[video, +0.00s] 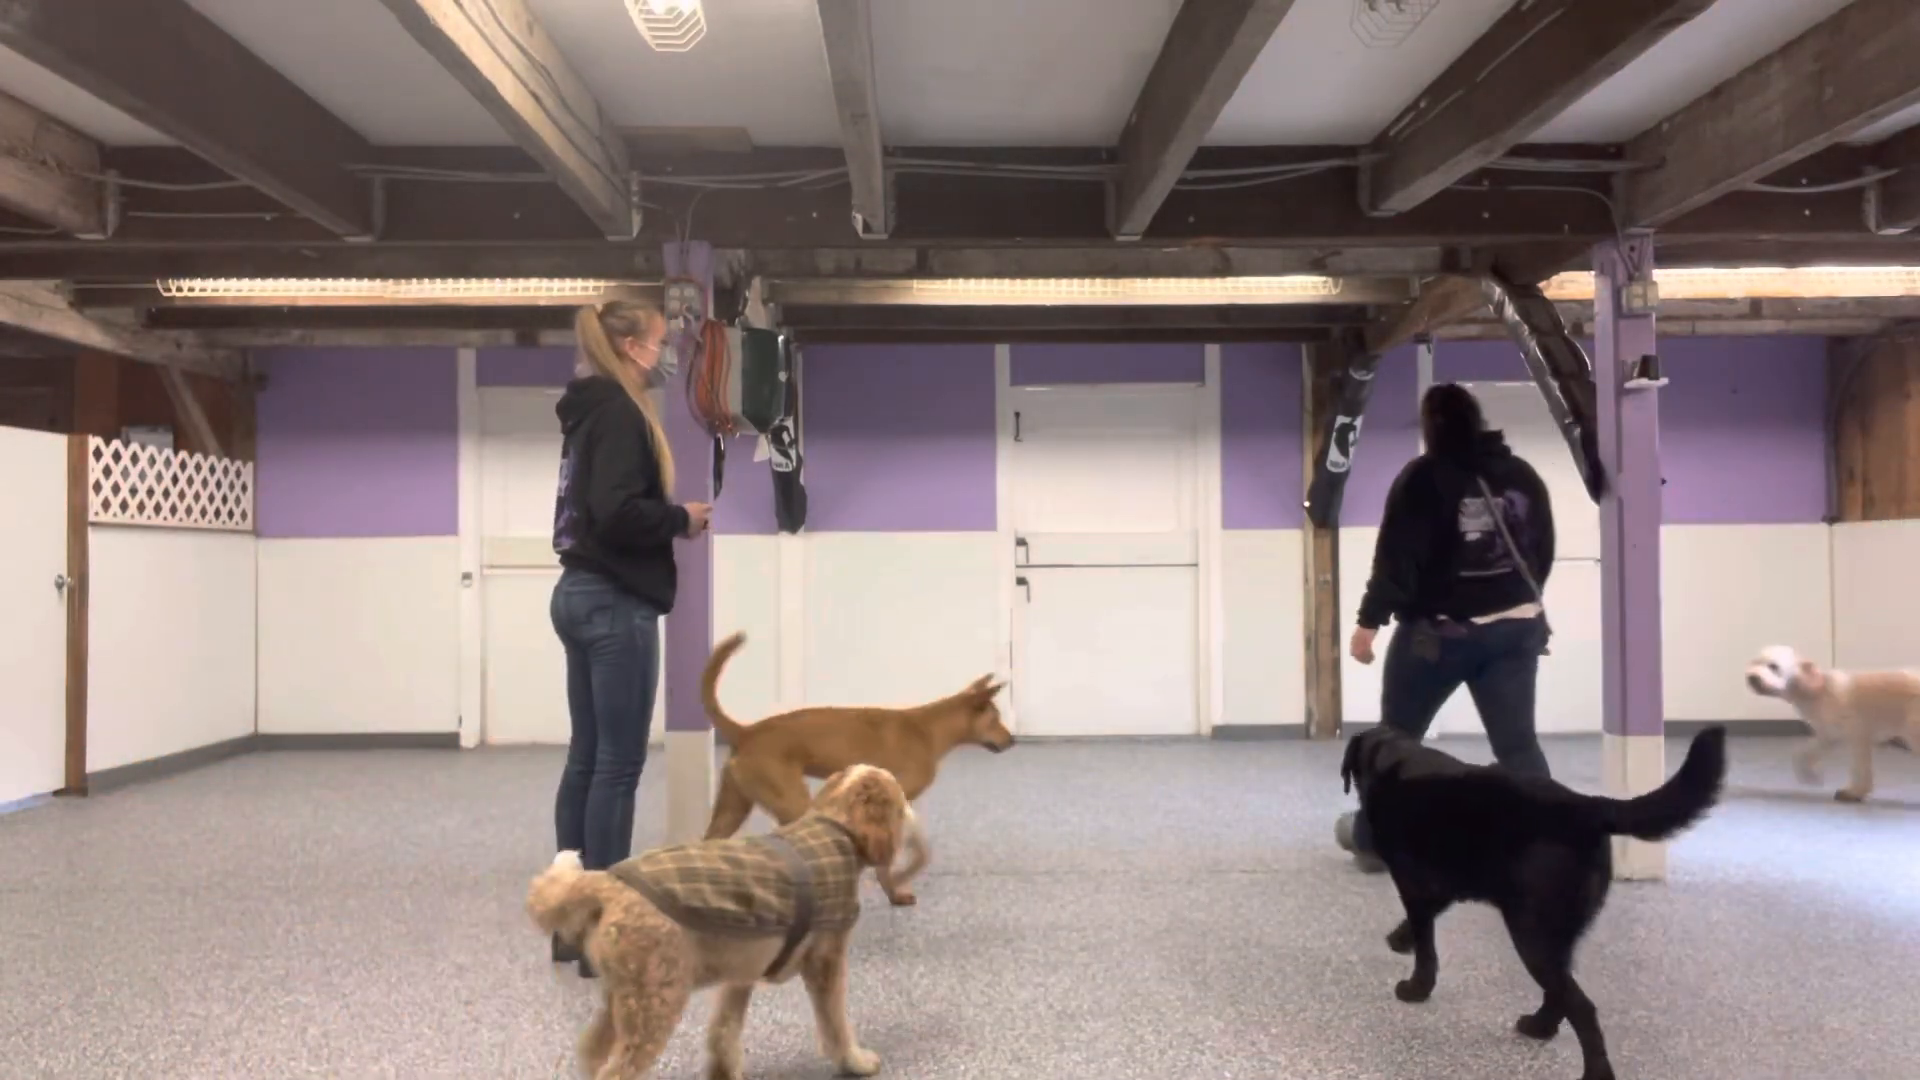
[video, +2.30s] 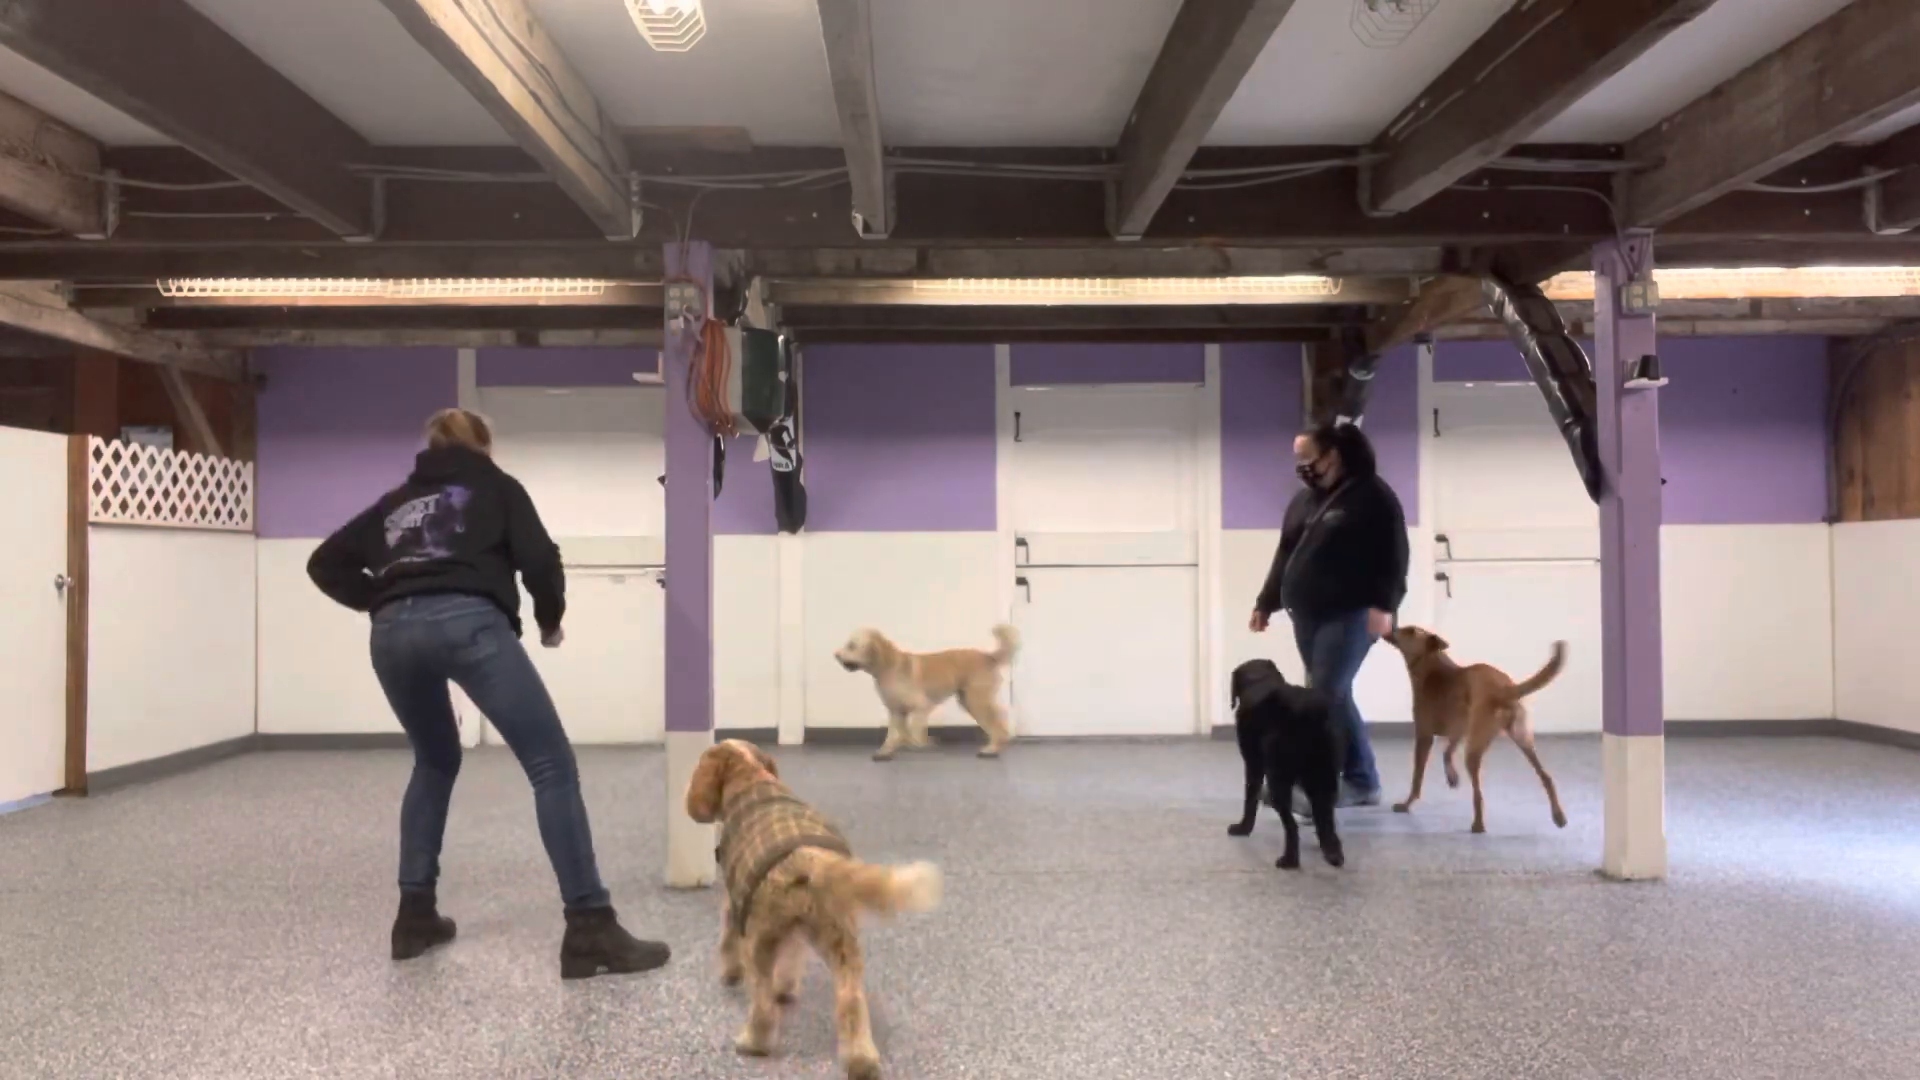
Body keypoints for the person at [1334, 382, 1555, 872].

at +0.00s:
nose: (1423, 431)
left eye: (1425, 423)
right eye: (1428, 421)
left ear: (1430, 427)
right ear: (1476, 420)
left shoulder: (1421, 479)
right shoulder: (1521, 474)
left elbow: (1396, 559)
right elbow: (1541, 552)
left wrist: (1368, 622)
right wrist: (1518, 600)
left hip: (1435, 636)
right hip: (1511, 632)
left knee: (1398, 740)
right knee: (1518, 747)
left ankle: (1376, 836)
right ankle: (1554, 842)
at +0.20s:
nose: (1366, 441)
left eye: (1368, 433)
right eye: (1367, 433)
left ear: (1375, 437)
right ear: (1420, 428)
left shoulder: (1370, 488)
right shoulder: (1466, 479)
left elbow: (1352, 565)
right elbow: (1488, 551)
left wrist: (1333, 622)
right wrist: (1487, 613)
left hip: (1386, 633)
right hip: (1460, 631)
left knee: (1361, 739)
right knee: (1466, 738)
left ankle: (1358, 839)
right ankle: (1519, 820)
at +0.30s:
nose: (1340, 434)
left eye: (1342, 426)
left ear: (1344, 431)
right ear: (1390, 423)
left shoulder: (1338, 483)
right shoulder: (1439, 471)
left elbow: (1314, 554)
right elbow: (1466, 539)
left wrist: (1298, 616)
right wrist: (1467, 602)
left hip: (1363, 623)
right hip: (1434, 621)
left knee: (1356, 736)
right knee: (1423, 724)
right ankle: (1476, 781)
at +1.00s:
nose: (1311, 443)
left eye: (1315, 434)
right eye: (1312, 434)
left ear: (1329, 436)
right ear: (1365, 434)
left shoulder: (1319, 483)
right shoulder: (1394, 483)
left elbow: (1300, 555)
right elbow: (1407, 547)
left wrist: (1278, 611)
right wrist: (1398, 599)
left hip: (1330, 611)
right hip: (1387, 608)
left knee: (1307, 713)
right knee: (1362, 711)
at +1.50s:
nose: (1279, 456)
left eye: (1284, 447)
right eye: (1279, 447)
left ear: (1303, 446)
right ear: (1328, 445)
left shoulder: (1307, 492)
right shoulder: (1351, 489)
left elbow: (1298, 561)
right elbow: (1343, 556)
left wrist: (1271, 612)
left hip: (1311, 610)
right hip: (1352, 607)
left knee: (1288, 708)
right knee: (1332, 702)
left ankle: (1293, 799)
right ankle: (1341, 798)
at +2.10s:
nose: (1292, 460)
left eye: (1298, 452)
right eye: (1293, 453)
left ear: (1317, 452)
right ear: (1313, 454)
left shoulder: (1347, 491)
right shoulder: (1305, 492)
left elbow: (1348, 556)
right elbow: (1287, 553)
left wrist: (1318, 602)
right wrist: (1268, 599)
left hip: (1323, 616)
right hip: (1299, 613)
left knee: (1296, 703)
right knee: (1317, 705)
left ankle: (1294, 798)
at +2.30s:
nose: (1305, 469)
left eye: (1311, 461)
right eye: (1302, 463)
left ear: (1335, 455)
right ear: (1319, 459)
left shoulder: (1375, 496)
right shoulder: (1305, 498)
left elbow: (1395, 554)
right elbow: (1286, 554)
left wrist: (1384, 605)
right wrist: (1266, 603)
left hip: (1353, 613)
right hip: (1307, 613)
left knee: (1325, 695)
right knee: (1334, 695)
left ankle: (1318, 790)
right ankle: (1362, 781)